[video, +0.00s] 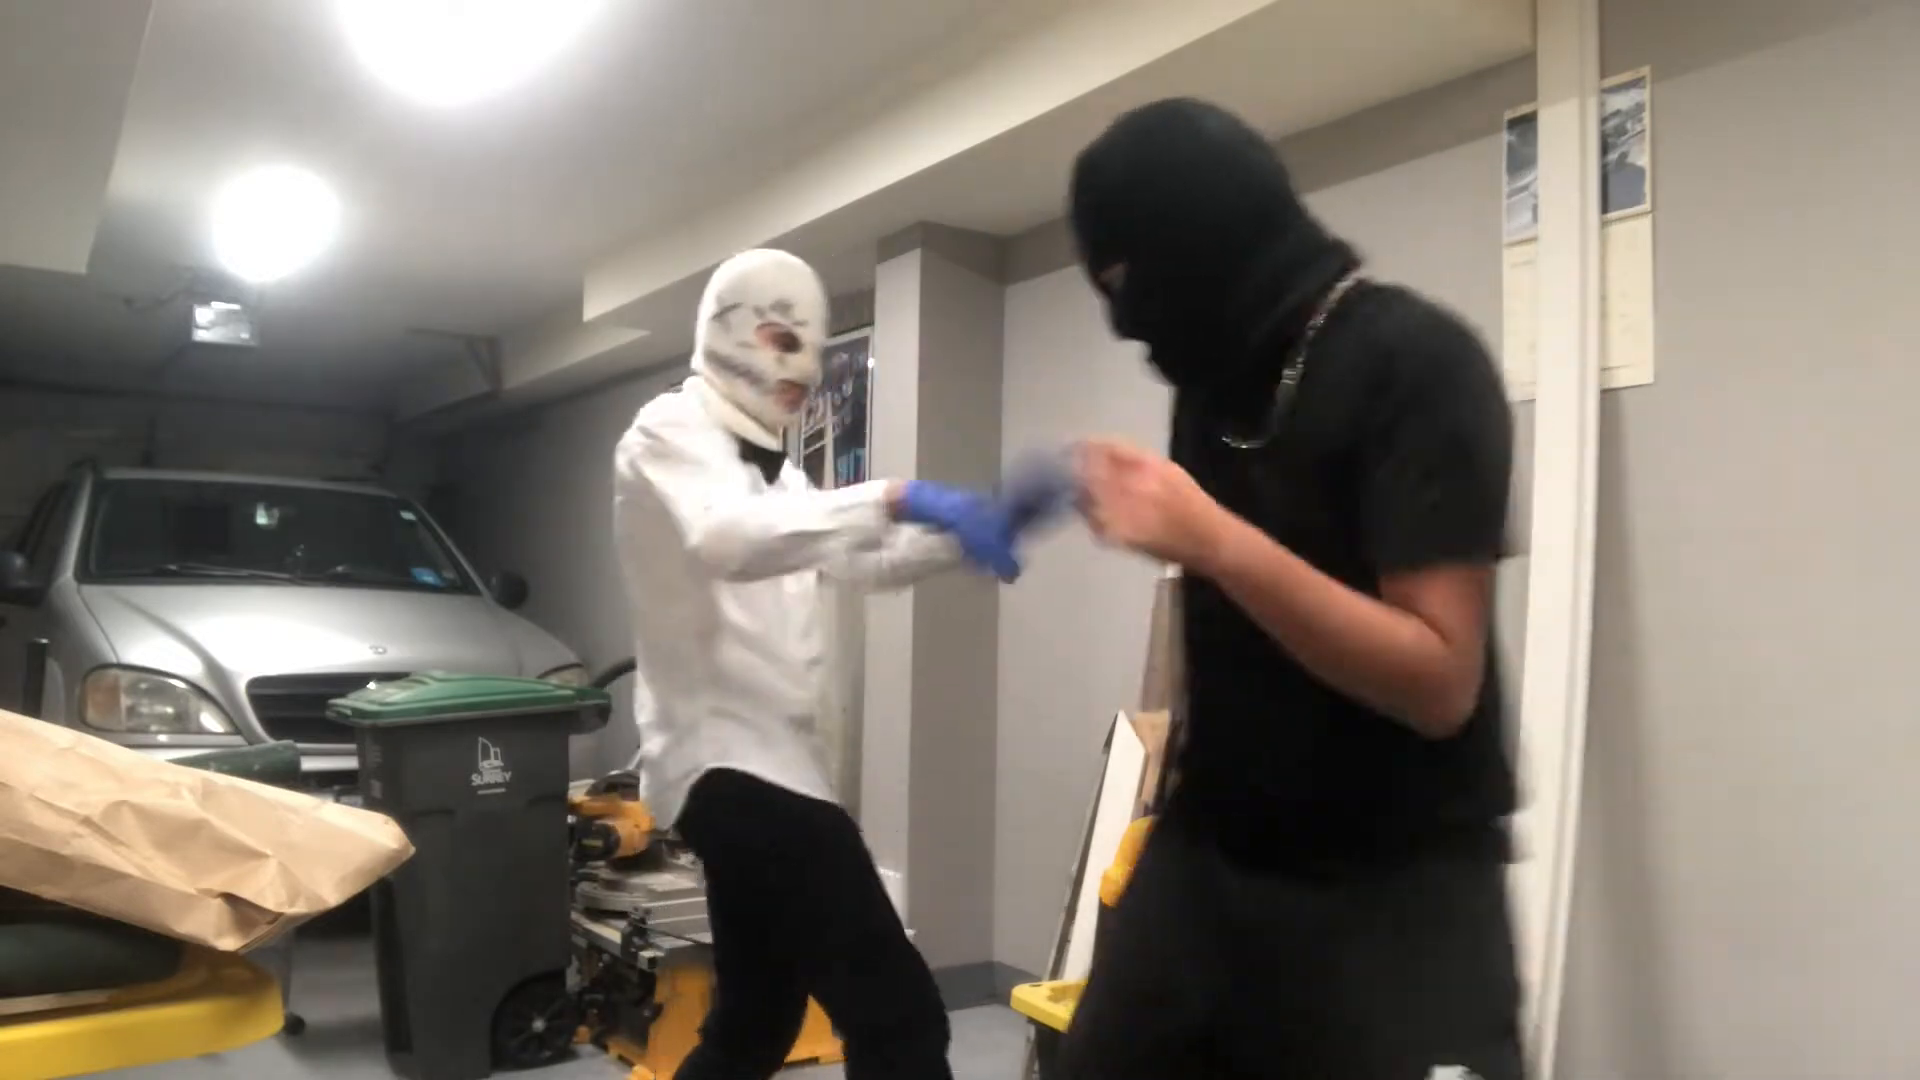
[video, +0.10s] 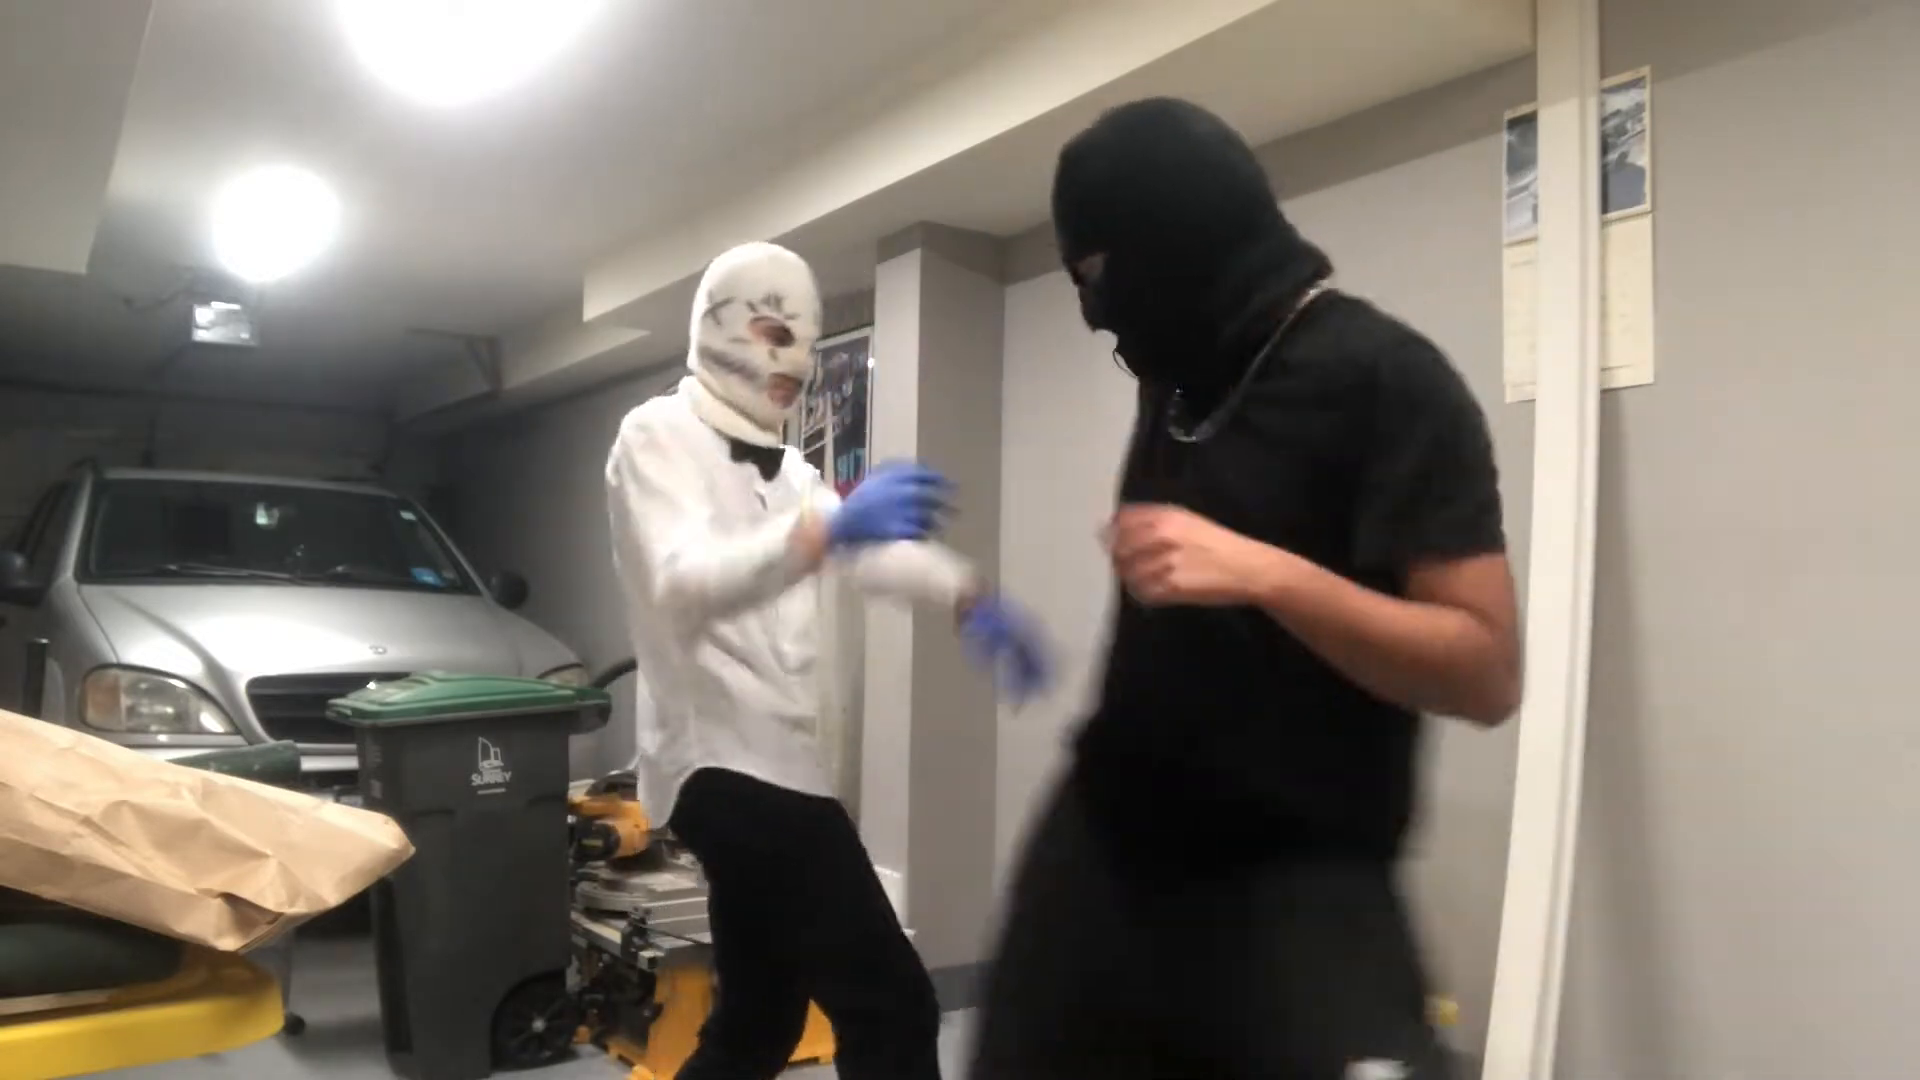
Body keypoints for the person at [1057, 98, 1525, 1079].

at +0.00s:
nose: (1119, 317)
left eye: (1123, 277)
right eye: (1106, 286)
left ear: (1199, 241)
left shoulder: (1415, 360)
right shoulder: (1218, 385)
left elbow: (1443, 681)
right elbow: (1225, 644)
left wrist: (1205, 535)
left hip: (1393, 911)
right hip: (1204, 883)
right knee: (1107, 1060)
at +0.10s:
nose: (1092, 309)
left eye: (1100, 271)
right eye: (1080, 280)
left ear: (1180, 237)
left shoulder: (1386, 379)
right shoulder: (1181, 389)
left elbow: (1488, 673)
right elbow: (1177, 654)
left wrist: (1263, 572)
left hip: (1297, 908)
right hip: (1109, 885)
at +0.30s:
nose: (1103, 297)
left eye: (1111, 260)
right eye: (1096, 267)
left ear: (1192, 227)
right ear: (1198, 232)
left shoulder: (1356, 381)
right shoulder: (1177, 374)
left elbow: (1387, 683)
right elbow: (1155, 628)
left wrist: (1158, 540)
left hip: (1199, 884)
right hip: (1006, 846)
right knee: (952, 1060)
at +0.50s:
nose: (1062, 261)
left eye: (1071, 226)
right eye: (1058, 232)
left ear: (1142, 206)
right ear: (1152, 208)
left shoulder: (1277, 316)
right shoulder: (1194, 338)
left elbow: (1173, 595)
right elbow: (1109, 532)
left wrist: (1065, 467)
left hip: (1243, 834)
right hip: (1127, 809)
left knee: (1222, 1063)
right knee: (1024, 1052)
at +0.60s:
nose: (1078, 260)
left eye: (1081, 227)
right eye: (1074, 230)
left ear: (1123, 213)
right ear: (1213, 192)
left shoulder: (1206, 293)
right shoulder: (1294, 300)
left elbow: (1035, 540)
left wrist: (999, 442)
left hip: (1273, 833)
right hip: (1170, 815)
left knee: (1265, 1063)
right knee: (1071, 1062)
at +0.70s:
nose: (1106, 290)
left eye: (1108, 264)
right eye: (1103, 267)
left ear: (1136, 249)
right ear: (1245, 223)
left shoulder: (1167, 330)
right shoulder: (1398, 360)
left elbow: (1024, 528)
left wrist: (952, 559)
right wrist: (1378, 632)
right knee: (1125, 1064)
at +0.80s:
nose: (1139, 322)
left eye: (1138, 295)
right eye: (1134, 299)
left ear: (1162, 266)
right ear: (1268, 233)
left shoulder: (1221, 327)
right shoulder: (1450, 368)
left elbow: (1070, 544)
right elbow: (1527, 614)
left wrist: (1026, 574)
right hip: (1454, 883)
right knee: (1176, 1064)